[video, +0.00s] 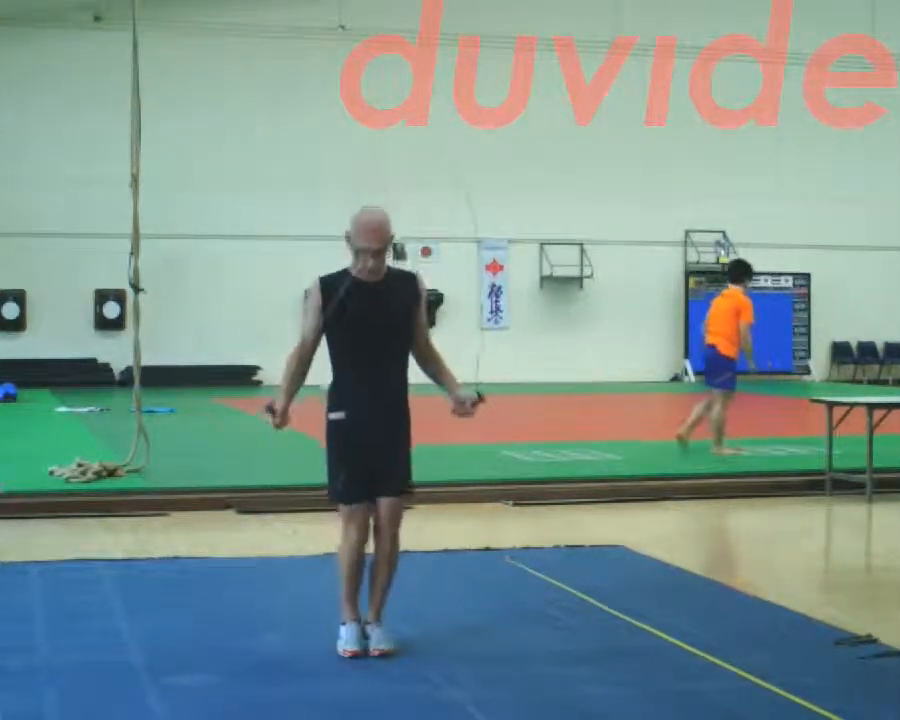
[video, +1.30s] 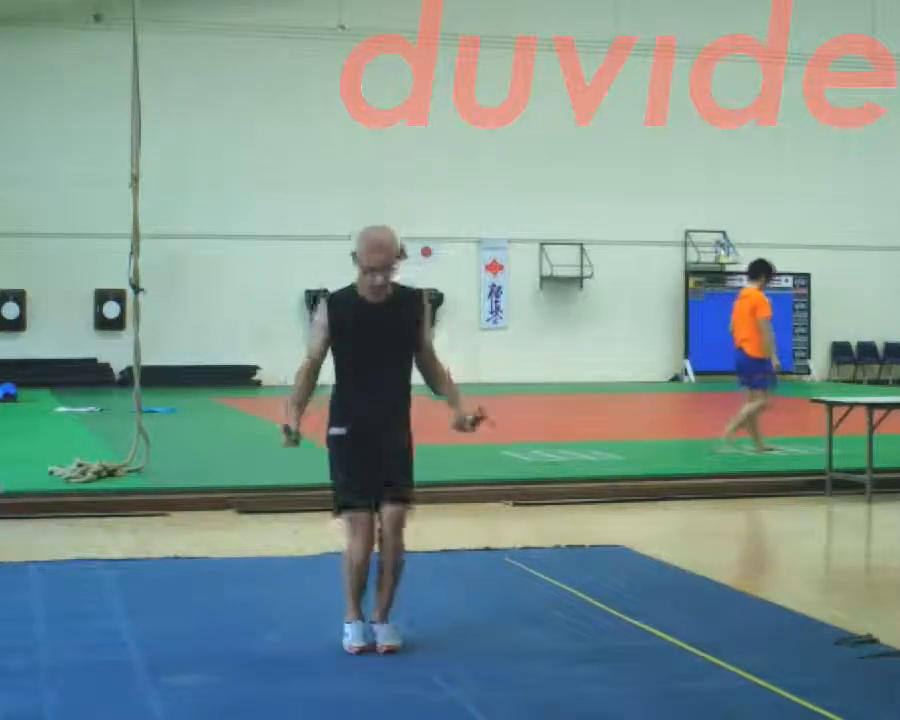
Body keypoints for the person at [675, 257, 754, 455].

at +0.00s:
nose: (750, 282)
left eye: (749, 278)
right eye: (749, 278)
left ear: (729, 277)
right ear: (746, 279)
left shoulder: (719, 298)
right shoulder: (743, 301)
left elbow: (706, 324)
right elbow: (744, 331)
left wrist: (710, 342)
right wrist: (750, 357)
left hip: (711, 348)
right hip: (725, 351)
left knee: (714, 395)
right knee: (721, 398)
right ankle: (718, 444)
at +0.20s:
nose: (736, 279)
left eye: (734, 276)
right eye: (736, 276)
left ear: (716, 276)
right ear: (733, 277)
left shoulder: (706, 297)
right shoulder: (732, 301)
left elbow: (697, 324)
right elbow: (732, 333)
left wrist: (695, 344)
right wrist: (733, 362)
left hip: (695, 348)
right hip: (714, 352)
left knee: (691, 392)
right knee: (716, 400)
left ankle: (666, 433)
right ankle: (717, 444)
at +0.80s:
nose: (742, 280)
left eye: (742, 276)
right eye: (742, 277)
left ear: (722, 274)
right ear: (738, 277)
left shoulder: (711, 294)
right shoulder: (735, 300)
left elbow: (693, 316)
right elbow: (737, 330)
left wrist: (708, 329)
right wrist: (746, 359)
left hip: (705, 348)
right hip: (721, 351)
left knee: (710, 396)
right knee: (719, 401)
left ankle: (688, 428)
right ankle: (713, 445)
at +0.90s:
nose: (746, 281)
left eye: (746, 277)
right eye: (746, 277)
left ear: (727, 275)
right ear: (743, 277)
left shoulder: (715, 295)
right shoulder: (739, 299)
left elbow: (695, 316)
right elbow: (745, 330)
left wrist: (711, 329)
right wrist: (756, 357)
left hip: (711, 347)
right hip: (725, 350)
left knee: (728, 394)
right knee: (720, 397)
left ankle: (713, 439)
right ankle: (712, 444)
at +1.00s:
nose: (751, 282)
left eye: (752, 278)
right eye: (751, 278)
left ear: (733, 275)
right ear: (746, 277)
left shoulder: (721, 294)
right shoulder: (744, 299)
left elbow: (705, 319)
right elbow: (750, 330)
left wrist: (719, 333)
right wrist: (762, 355)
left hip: (717, 348)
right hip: (731, 350)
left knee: (734, 397)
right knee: (723, 399)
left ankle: (729, 441)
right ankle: (713, 444)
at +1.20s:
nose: (762, 285)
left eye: (763, 281)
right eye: (762, 280)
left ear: (744, 278)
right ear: (758, 279)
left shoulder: (735, 299)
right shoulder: (755, 301)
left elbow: (722, 329)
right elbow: (761, 329)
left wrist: (735, 341)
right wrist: (773, 356)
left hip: (736, 353)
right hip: (748, 355)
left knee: (749, 402)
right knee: (739, 401)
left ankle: (759, 443)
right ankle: (715, 442)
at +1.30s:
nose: (769, 281)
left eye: (769, 277)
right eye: (769, 277)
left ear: (751, 276)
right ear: (764, 277)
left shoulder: (742, 297)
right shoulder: (760, 298)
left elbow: (733, 327)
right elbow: (765, 328)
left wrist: (743, 344)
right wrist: (773, 356)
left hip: (743, 352)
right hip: (757, 354)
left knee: (752, 399)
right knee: (762, 398)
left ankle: (758, 442)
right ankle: (728, 432)